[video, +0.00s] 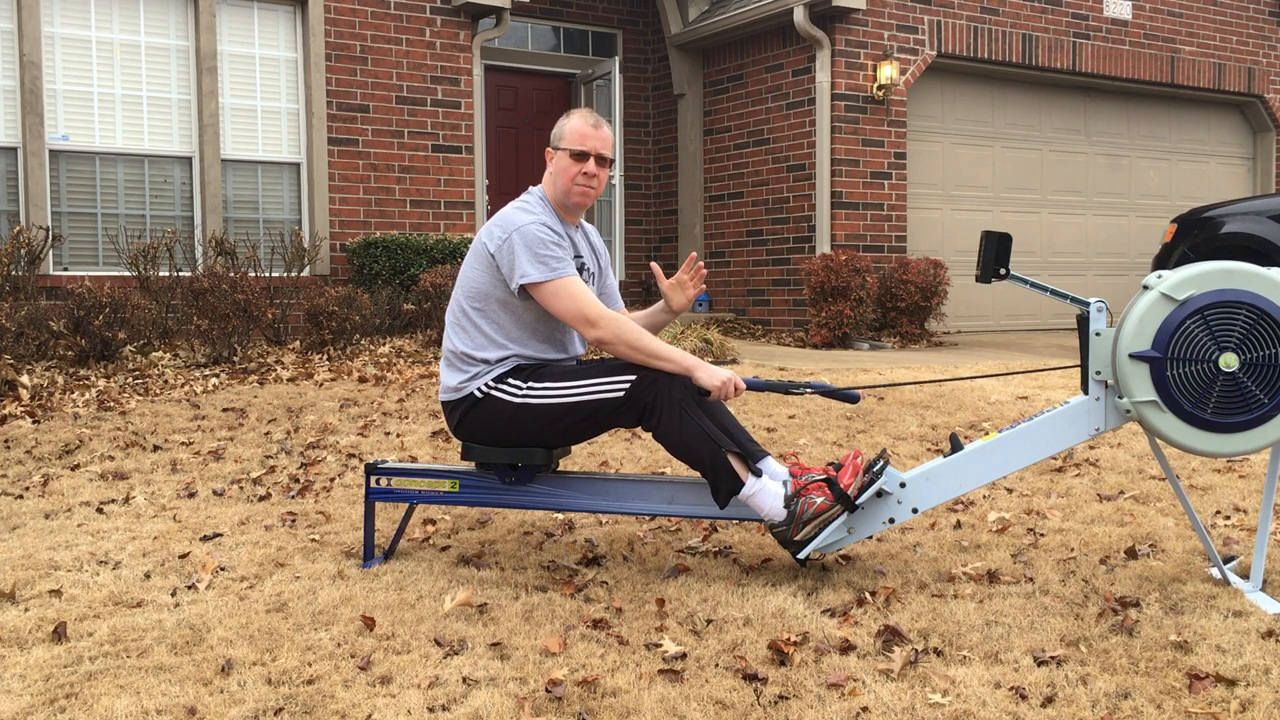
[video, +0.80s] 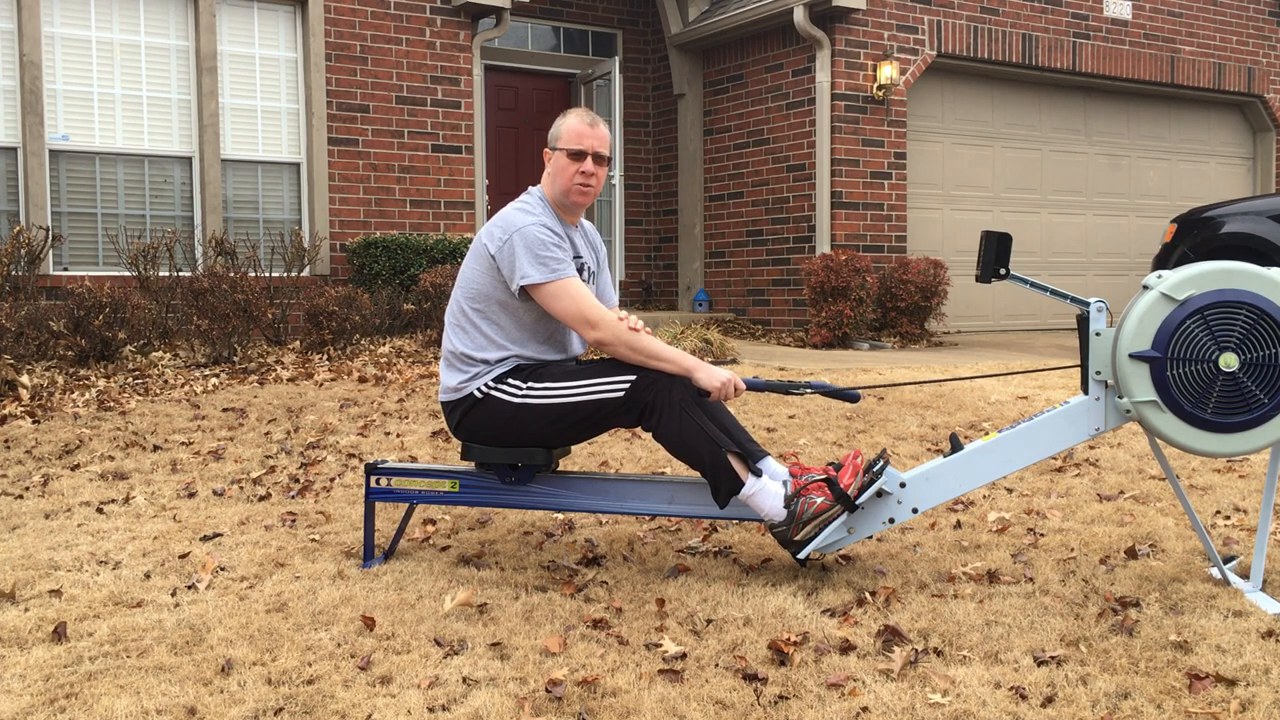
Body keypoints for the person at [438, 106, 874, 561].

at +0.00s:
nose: (590, 171)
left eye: (602, 163)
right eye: (578, 157)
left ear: (610, 172)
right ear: (548, 158)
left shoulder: (590, 242)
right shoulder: (524, 225)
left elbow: (608, 334)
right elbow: (594, 324)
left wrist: (664, 307)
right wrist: (697, 368)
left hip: (542, 378)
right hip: (488, 391)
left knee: (676, 377)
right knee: (652, 387)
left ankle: (789, 486)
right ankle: (777, 510)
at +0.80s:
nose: (588, 170)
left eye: (599, 161)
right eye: (575, 156)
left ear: (608, 171)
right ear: (546, 159)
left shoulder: (587, 239)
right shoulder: (524, 226)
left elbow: (605, 334)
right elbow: (596, 327)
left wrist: (626, 328)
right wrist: (699, 370)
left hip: (539, 375)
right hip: (487, 389)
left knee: (675, 378)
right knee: (651, 387)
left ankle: (787, 487)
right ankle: (777, 510)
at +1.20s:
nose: (585, 170)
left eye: (597, 161)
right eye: (573, 156)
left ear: (606, 170)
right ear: (545, 158)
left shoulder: (583, 236)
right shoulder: (523, 226)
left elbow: (614, 322)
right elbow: (594, 327)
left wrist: (676, 323)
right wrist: (697, 369)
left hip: (540, 376)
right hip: (487, 391)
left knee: (675, 377)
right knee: (651, 386)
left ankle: (787, 484)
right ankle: (777, 510)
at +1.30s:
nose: (586, 171)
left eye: (598, 162)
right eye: (574, 157)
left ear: (607, 171)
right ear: (546, 159)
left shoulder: (584, 236)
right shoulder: (524, 226)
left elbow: (617, 324)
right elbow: (596, 329)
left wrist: (678, 290)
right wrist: (698, 369)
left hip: (540, 376)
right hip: (487, 391)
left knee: (674, 375)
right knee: (651, 386)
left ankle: (787, 485)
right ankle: (776, 510)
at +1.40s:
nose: (588, 172)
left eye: (600, 162)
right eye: (576, 157)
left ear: (608, 172)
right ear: (547, 159)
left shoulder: (586, 238)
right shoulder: (524, 226)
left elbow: (620, 329)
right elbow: (596, 329)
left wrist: (662, 273)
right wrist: (698, 369)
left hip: (540, 376)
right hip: (488, 391)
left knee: (674, 376)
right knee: (652, 387)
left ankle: (787, 486)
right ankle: (776, 510)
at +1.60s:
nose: (589, 172)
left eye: (601, 163)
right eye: (577, 157)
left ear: (609, 172)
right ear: (548, 158)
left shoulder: (587, 238)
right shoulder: (524, 226)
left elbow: (625, 335)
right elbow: (595, 328)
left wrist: (639, 277)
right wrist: (698, 369)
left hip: (539, 377)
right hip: (488, 390)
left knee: (674, 378)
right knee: (652, 387)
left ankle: (788, 485)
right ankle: (777, 510)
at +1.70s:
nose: (590, 173)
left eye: (601, 164)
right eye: (578, 158)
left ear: (609, 173)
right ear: (548, 159)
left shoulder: (586, 236)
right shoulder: (524, 227)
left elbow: (628, 335)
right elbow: (594, 328)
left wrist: (635, 281)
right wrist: (698, 369)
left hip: (539, 376)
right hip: (488, 390)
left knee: (673, 378)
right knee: (652, 387)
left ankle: (788, 485)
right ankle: (777, 510)